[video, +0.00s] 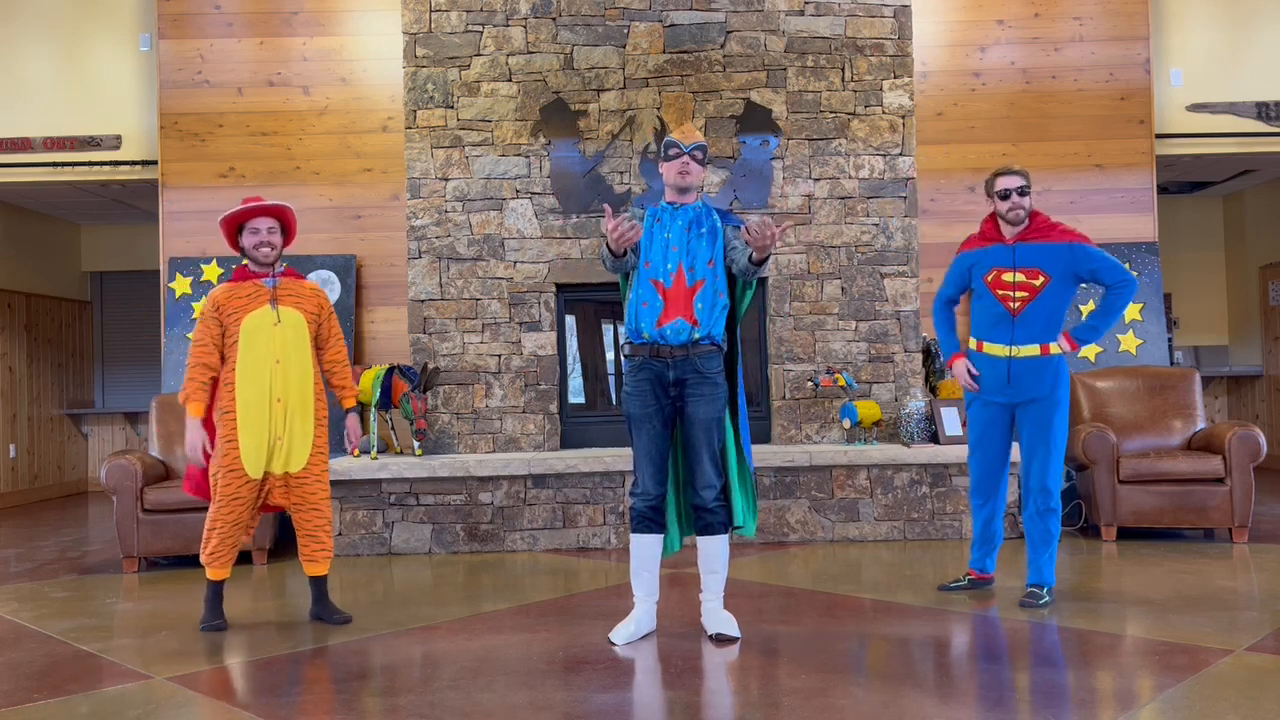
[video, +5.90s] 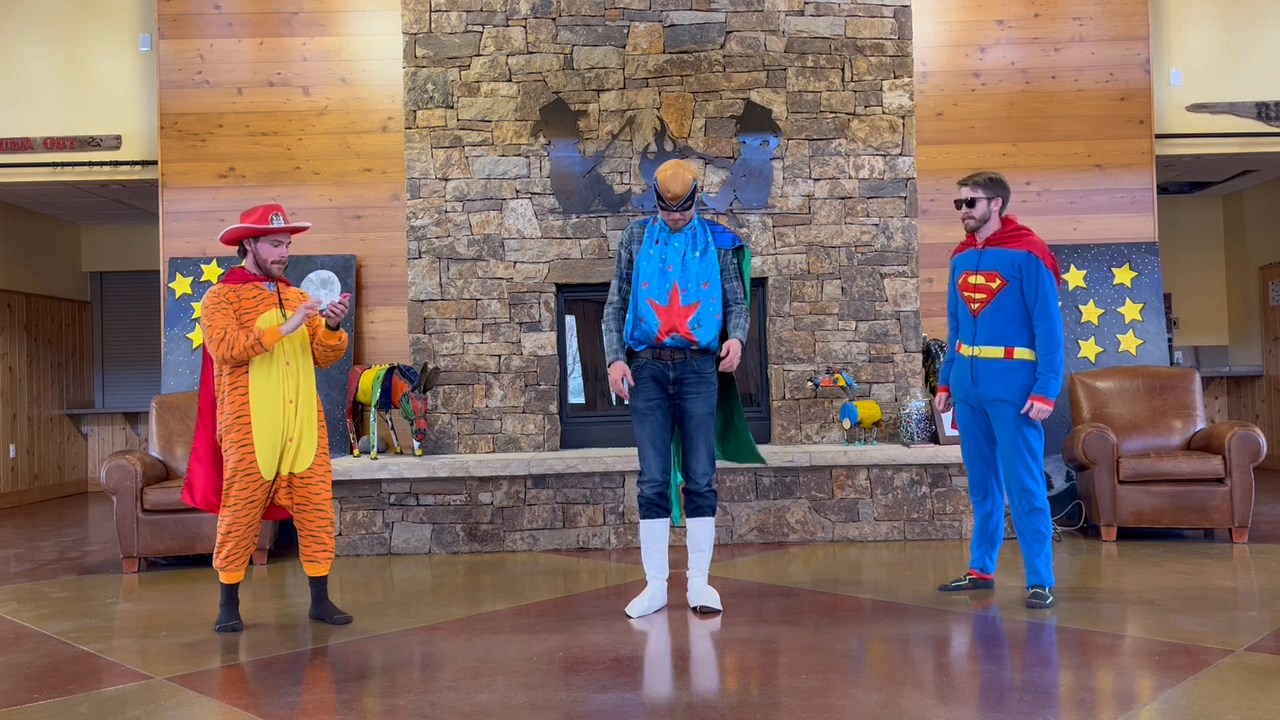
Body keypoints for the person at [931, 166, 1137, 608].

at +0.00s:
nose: (1015, 200)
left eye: (1021, 192)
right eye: (1004, 195)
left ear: (1032, 196)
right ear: (991, 203)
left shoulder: (1065, 247)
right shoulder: (973, 252)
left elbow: (1124, 284)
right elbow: (943, 303)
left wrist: (1080, 337)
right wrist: (953, 355)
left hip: (1043, 384)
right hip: (986, 385)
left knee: (1041, 487)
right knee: (984, 482)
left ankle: (1040, 582)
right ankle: (981, 571)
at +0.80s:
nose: (978, 203)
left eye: (984, 195)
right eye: (968, 198)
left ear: (998, 200)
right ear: (960, 209)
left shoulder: (1030, 253)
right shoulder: (952, 263)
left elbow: (1069, 313)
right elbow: (939, 329)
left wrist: (1085, 377)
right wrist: (923, 389)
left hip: (1020, 387)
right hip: (969, 388)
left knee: (1028, 484)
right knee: (984, 484)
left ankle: (1039, 582)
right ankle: (982, 572)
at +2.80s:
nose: (996, 201)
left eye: (1004, 194)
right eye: (988, 194)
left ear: (1016, 201)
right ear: (977, 201)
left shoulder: (1040, 253)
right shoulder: (959, 256)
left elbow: (1059, 324)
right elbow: (947, 326)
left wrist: (1068, 384)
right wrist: (937, 384)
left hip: (1027, 389)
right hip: (973, 391)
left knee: (1032, 486)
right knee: (985, 484)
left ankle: (1040, 581)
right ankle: (982, 571)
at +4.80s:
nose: (972, 204)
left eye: (981, 196)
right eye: (971, 197)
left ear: (1008, 202)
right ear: (981, 205)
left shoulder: (1038, 252)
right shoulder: (971, 257)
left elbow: (1060, 327)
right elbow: (965, 329)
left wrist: (1061, 390)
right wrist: (953, 383)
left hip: (1021, 390)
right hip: (974, 391)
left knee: (1028, 487)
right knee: (984, 484)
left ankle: (1040, 581)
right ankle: (981, 571)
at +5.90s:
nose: (962, 210)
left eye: (970, 202)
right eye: (959, 204)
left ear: (997, 204)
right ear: (962, 208)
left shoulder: (1028, 254)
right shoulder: (960, 258)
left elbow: (1050, 329)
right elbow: (956, 329)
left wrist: (1046, 390)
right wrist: (946, 382)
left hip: (1013, 390)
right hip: (968, 391)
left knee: (1025, 487)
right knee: (983, 485)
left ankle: (1040, 581)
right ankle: (982, 571)